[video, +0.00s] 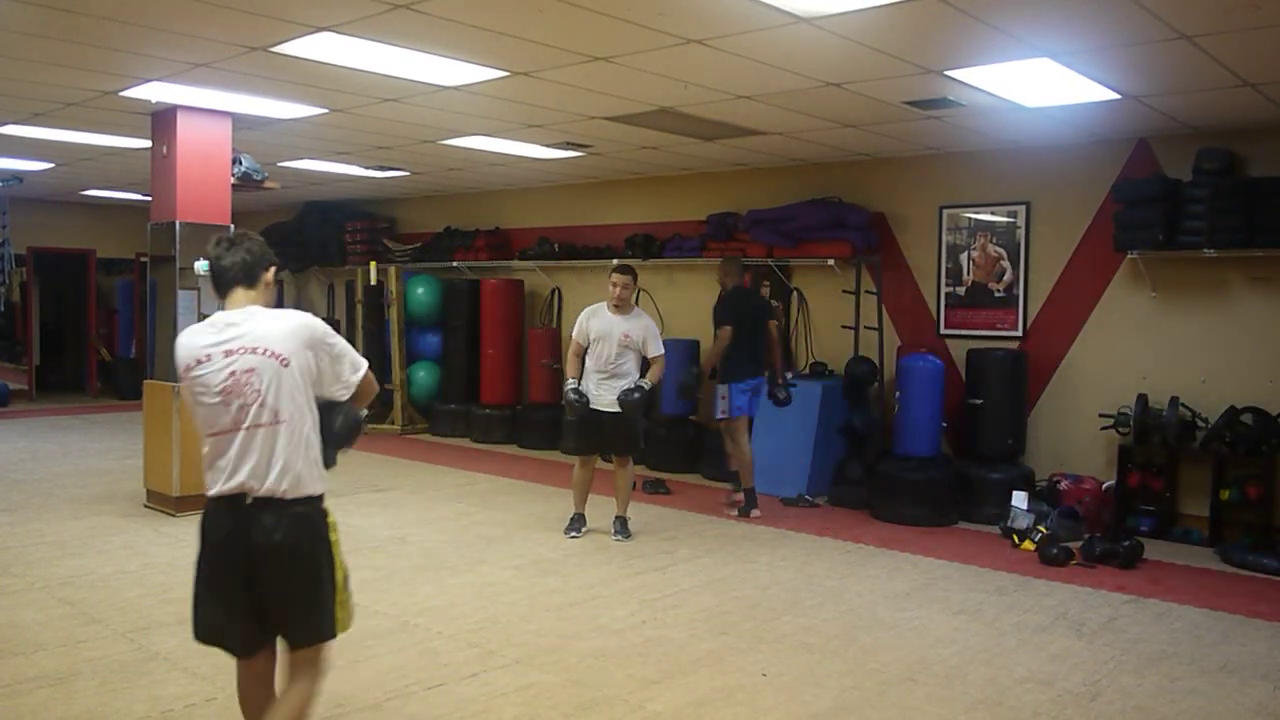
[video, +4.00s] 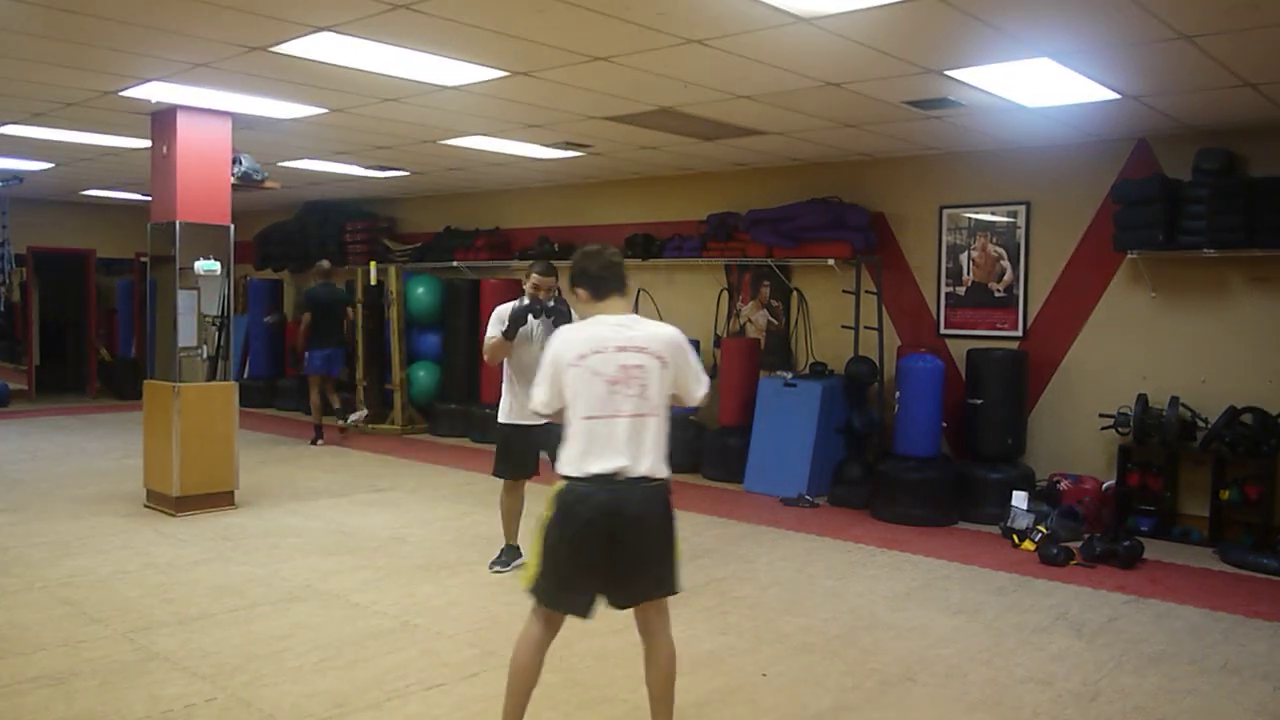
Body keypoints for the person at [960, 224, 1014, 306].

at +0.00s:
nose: (982, 241)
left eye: (986, 236)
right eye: (979, 236)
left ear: (990, 237)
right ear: (976, 237)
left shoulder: (999, 252)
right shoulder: (971, 252)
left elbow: (1009, 272)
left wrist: (1000, 286)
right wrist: (967, 277)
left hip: (990, 288)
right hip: (974, 286)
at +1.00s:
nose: (982, 241)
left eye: (986, 237)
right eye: (980, 237)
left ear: (990, 237)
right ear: (976, 237)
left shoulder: (999, 253)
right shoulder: (971, 252)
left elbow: (1009, 272)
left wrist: (1000, 286)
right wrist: (967, 277)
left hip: (989, 288)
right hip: (974, 287)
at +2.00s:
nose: (982, 241)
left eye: (985, 237)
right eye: (979, 237)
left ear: (990, 237)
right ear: (976, 237)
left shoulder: (999, 252)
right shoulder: (971, 252)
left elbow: (1009, 272)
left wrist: (1000, 286)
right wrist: (966, 278)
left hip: (990, 288)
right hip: (974, 286)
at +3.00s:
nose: (983, 240)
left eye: (986, 236)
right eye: (980, 236)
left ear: (990, 237)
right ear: (976, 238)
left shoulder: (999, 252)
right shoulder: (972, 253)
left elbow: (1009, 271)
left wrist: (1002, 285)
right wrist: (967, 279)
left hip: (990, 288)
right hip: (975, 286)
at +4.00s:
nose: (983, 241)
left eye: (985, 237)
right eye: (979, 237)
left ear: (990, 237)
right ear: (975, 237)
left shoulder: (998, 252)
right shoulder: (971, 253)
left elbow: (1009, 272)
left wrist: (1000, 286)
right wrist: (966, 279)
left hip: (992, 288)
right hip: (975, 287)